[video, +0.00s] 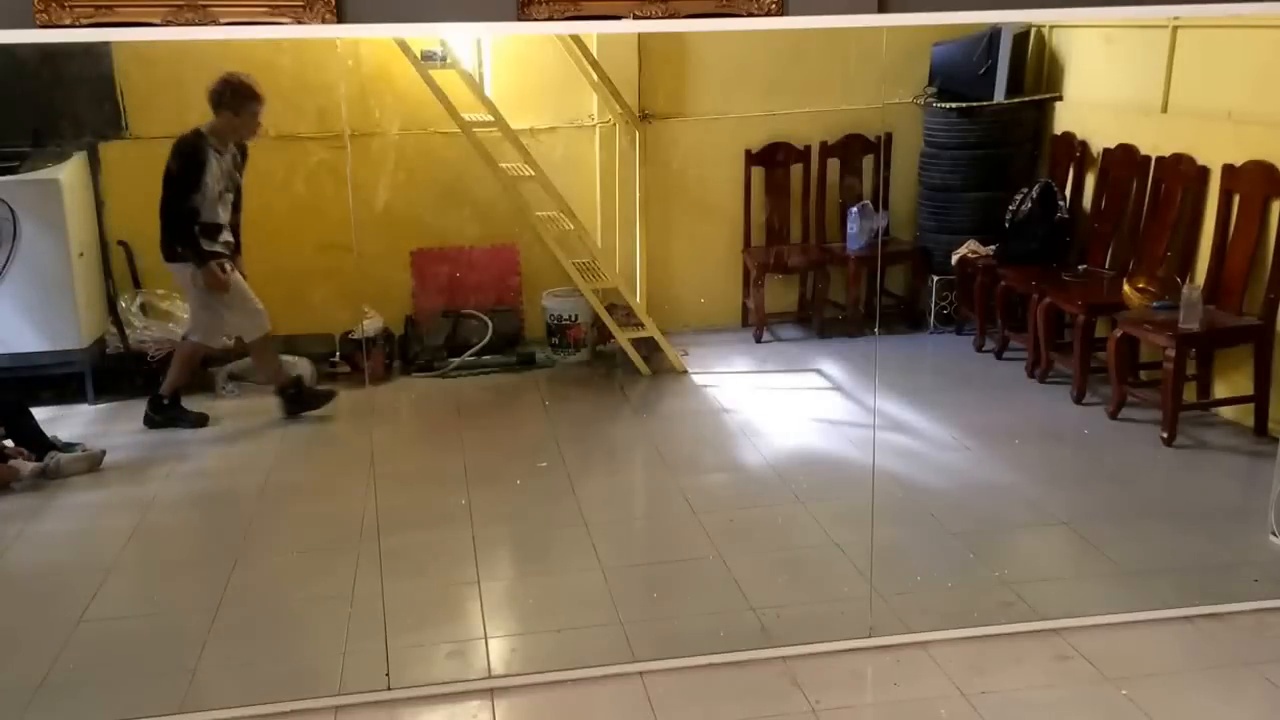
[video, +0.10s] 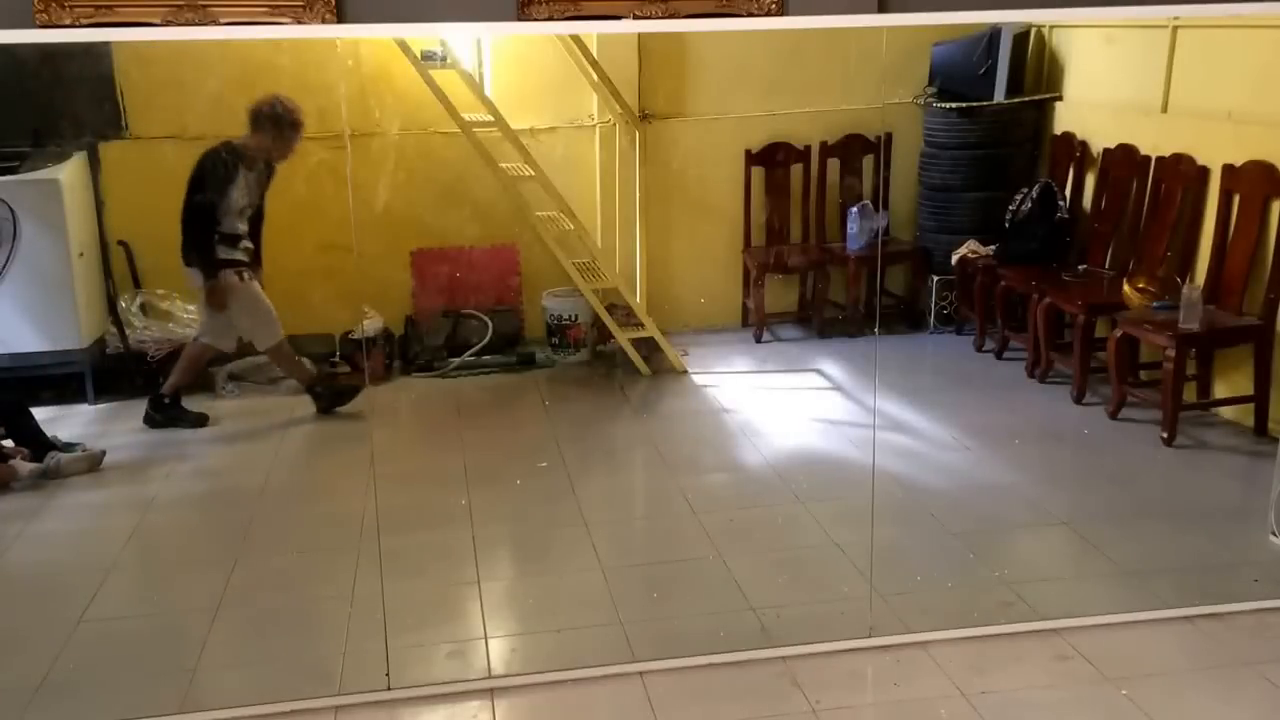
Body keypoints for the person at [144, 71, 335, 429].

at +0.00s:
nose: (258, 125)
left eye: (259, 117)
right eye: (254, 117)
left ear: (234, 115)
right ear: (229, 115)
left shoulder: (237, 152)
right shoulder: (190, 148)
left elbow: (233, 210)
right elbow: (175, 213)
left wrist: (235, 256)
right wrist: (203, 263)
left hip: (216, 252)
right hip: (192, 254)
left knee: (203, 328)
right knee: (253, 318)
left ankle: (163, 403)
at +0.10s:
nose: (288, 153)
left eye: (292, 145)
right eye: (285, 143)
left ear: (274, 137)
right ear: (265, 133)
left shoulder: (264, 168)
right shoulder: (217, 162)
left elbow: (255, 218)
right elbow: (197, 220)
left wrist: (256, 265)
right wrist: (211, 276)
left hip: (237, 257)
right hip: (212, 258)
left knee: (215, 334)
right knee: (264, 322)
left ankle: (164, 401)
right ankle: (319, 389)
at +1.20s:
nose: (529, 118)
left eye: (531, 110)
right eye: (523, 108)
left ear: (524, 108)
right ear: (500, 103)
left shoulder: (498, 142)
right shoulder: (463, 140)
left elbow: (484, 194)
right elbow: (443, 202)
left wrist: (498, 231)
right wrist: (479, 235)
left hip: (467, 234)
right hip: (442, 236)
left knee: (482, 307)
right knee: (478, 308)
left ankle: (460, 381)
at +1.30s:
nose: (537, 105)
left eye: (539, 96)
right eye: (531, 96)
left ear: (528, 98)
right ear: (507, 94)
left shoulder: (514, 134)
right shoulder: (476, 134)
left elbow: (505, 185)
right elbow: (457, 197)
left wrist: (512, 222)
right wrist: (490, 228)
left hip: (485, 238)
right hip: (467, 239)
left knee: (475, 311)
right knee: (512, 303)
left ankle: (458, 384)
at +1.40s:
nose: (549, 96)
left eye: (549, 88)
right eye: (541, 88)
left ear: (538, 92)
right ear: (517, 91)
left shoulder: (530, 136)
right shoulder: (491, 138)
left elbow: (523, 189)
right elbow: (477, 200)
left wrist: (530, 227)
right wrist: (510, 233)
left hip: (505, 245)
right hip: (487, 247)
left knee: (478, 315)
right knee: (527, 317)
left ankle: (457, 385)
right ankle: (570, 379)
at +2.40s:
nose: (665, 64)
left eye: (671, 58)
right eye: (656, 58)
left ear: (680, 64)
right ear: (638, 63)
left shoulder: (694, 119)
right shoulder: (616, 121)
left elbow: (708, 174)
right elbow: (589, 179)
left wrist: (715, 219)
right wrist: (594, 227)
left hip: (682, 249)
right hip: (631, 251)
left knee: (684, 335)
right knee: (632, 334)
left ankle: (676, 409)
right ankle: (629, 377)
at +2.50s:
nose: (670, 64)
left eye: (677, 57)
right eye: (662, 57)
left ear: (687, 63)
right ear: (646, 63)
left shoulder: (704, 118)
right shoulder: (623, 120)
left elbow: (721, 171)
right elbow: (602, 176)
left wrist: (721, 222)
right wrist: (601, 224)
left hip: (688, 247)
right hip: (636, 247)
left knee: (686, 333)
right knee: (638, 335)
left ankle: (676, 408)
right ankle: (644, 406)